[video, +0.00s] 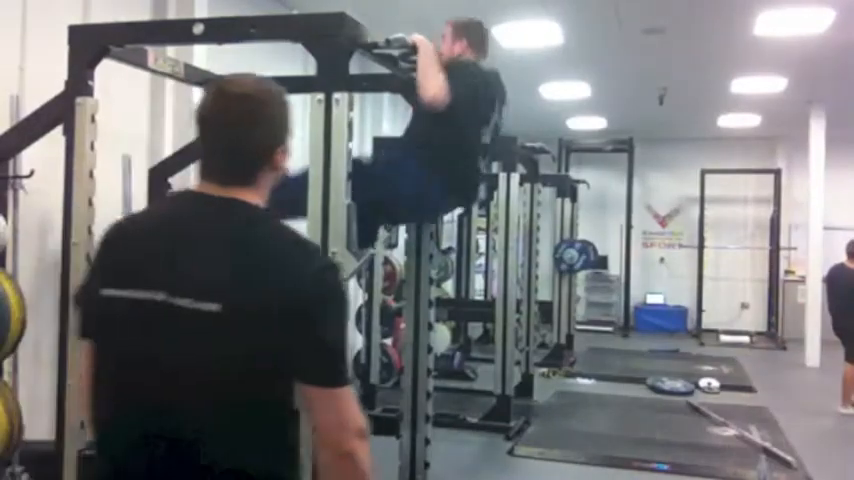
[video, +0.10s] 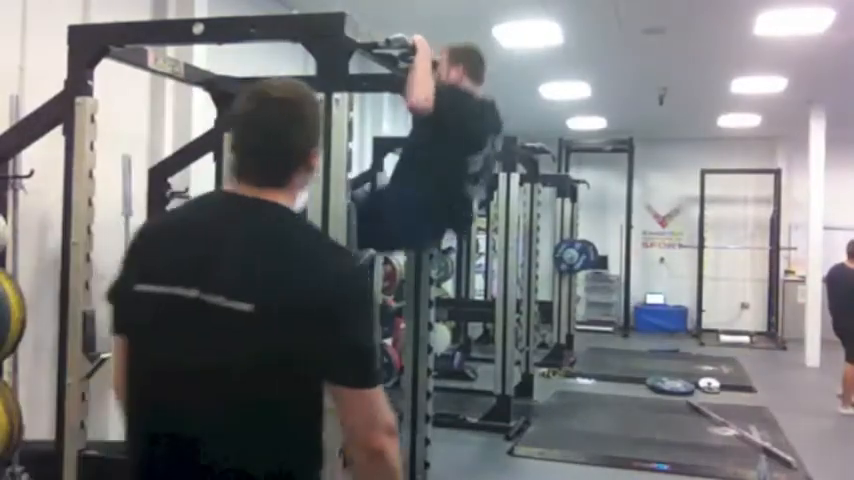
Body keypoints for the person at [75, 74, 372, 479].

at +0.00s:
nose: (289, 154)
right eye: (288, 144)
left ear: (202, 143)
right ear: (279, 157)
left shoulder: (124, 241)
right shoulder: (301, 268)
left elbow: (94, 393)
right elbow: (343, 442)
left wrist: (112, 452)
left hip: (131, 467)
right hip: (251, 467)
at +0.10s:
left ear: (233, 147)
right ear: (312, 161)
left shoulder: (156, 239)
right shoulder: (330, 269)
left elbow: (126, 388)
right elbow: (373, 440)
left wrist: (155, 449)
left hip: (163, 467)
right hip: (277, 466)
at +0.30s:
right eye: (362, 153)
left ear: (283, 146)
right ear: (355, 164)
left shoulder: (200, 236)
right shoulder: (367, 274)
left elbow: (161, 376)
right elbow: (412, 435)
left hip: (198, 464)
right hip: (311, 465)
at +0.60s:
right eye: (379, 168)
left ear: (300, 157)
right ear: (371, 173)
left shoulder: (218, 241)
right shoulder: (386, 270)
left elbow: (178, 378)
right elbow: (423, 427)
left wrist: (210, 448)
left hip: (217, 464)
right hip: (329, 466)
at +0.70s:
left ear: (294, 163)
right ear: (363, 178)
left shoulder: (214, 247)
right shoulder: (382, 270)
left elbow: (176, 385)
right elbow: (419, 423)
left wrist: (202, 457)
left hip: (219, 465)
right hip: (329, 465)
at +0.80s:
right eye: (355, 173)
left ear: (284, 166)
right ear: (351, 178)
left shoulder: (208, 252)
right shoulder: (373, 266)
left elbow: (173, 387)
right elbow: (411, 412)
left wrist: (189, 466)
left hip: (222, 466)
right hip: (327, 466)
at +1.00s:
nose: (332, 179)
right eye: (331, 170)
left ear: (262, 170)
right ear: (323, 176)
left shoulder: (195, 257)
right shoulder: (355, 260)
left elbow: (171, 388)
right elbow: (399, 397)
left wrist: (192, 464)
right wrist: (410, 473)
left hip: (221, 466)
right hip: (322, 466)